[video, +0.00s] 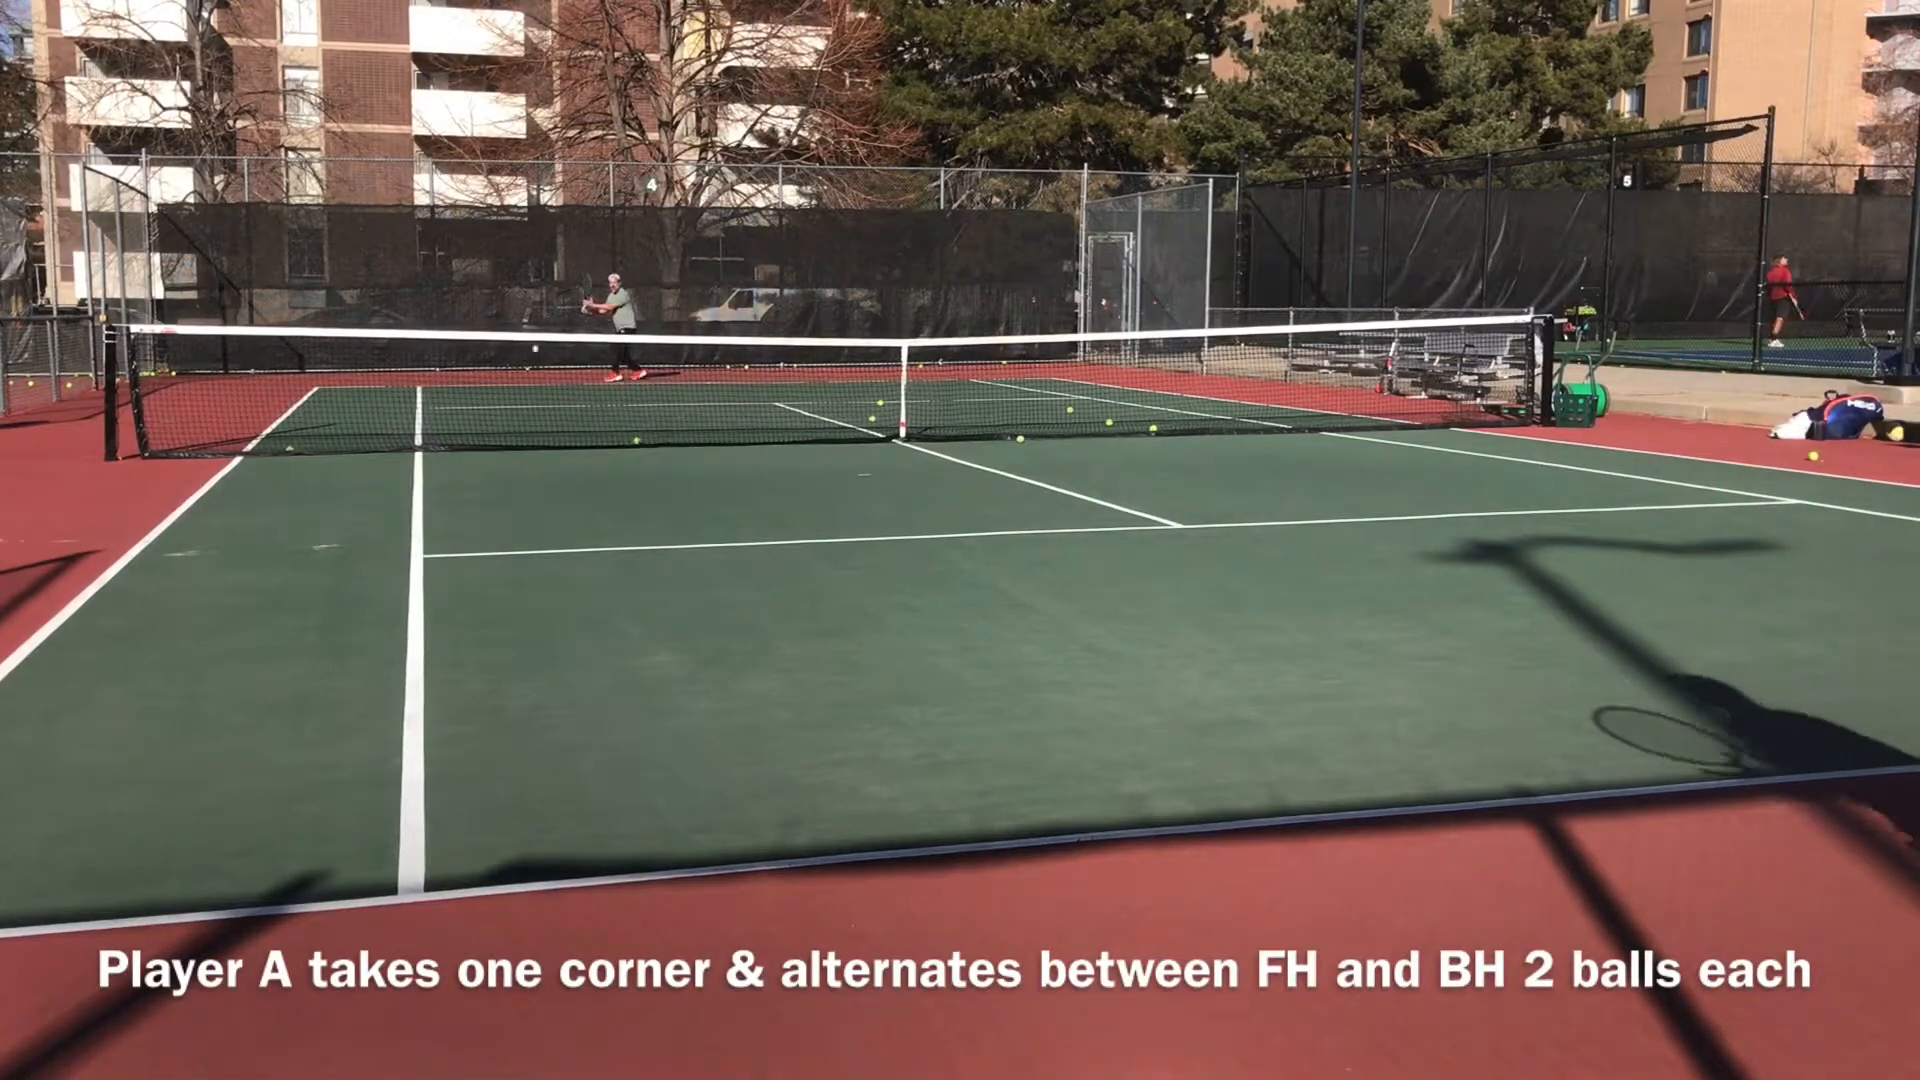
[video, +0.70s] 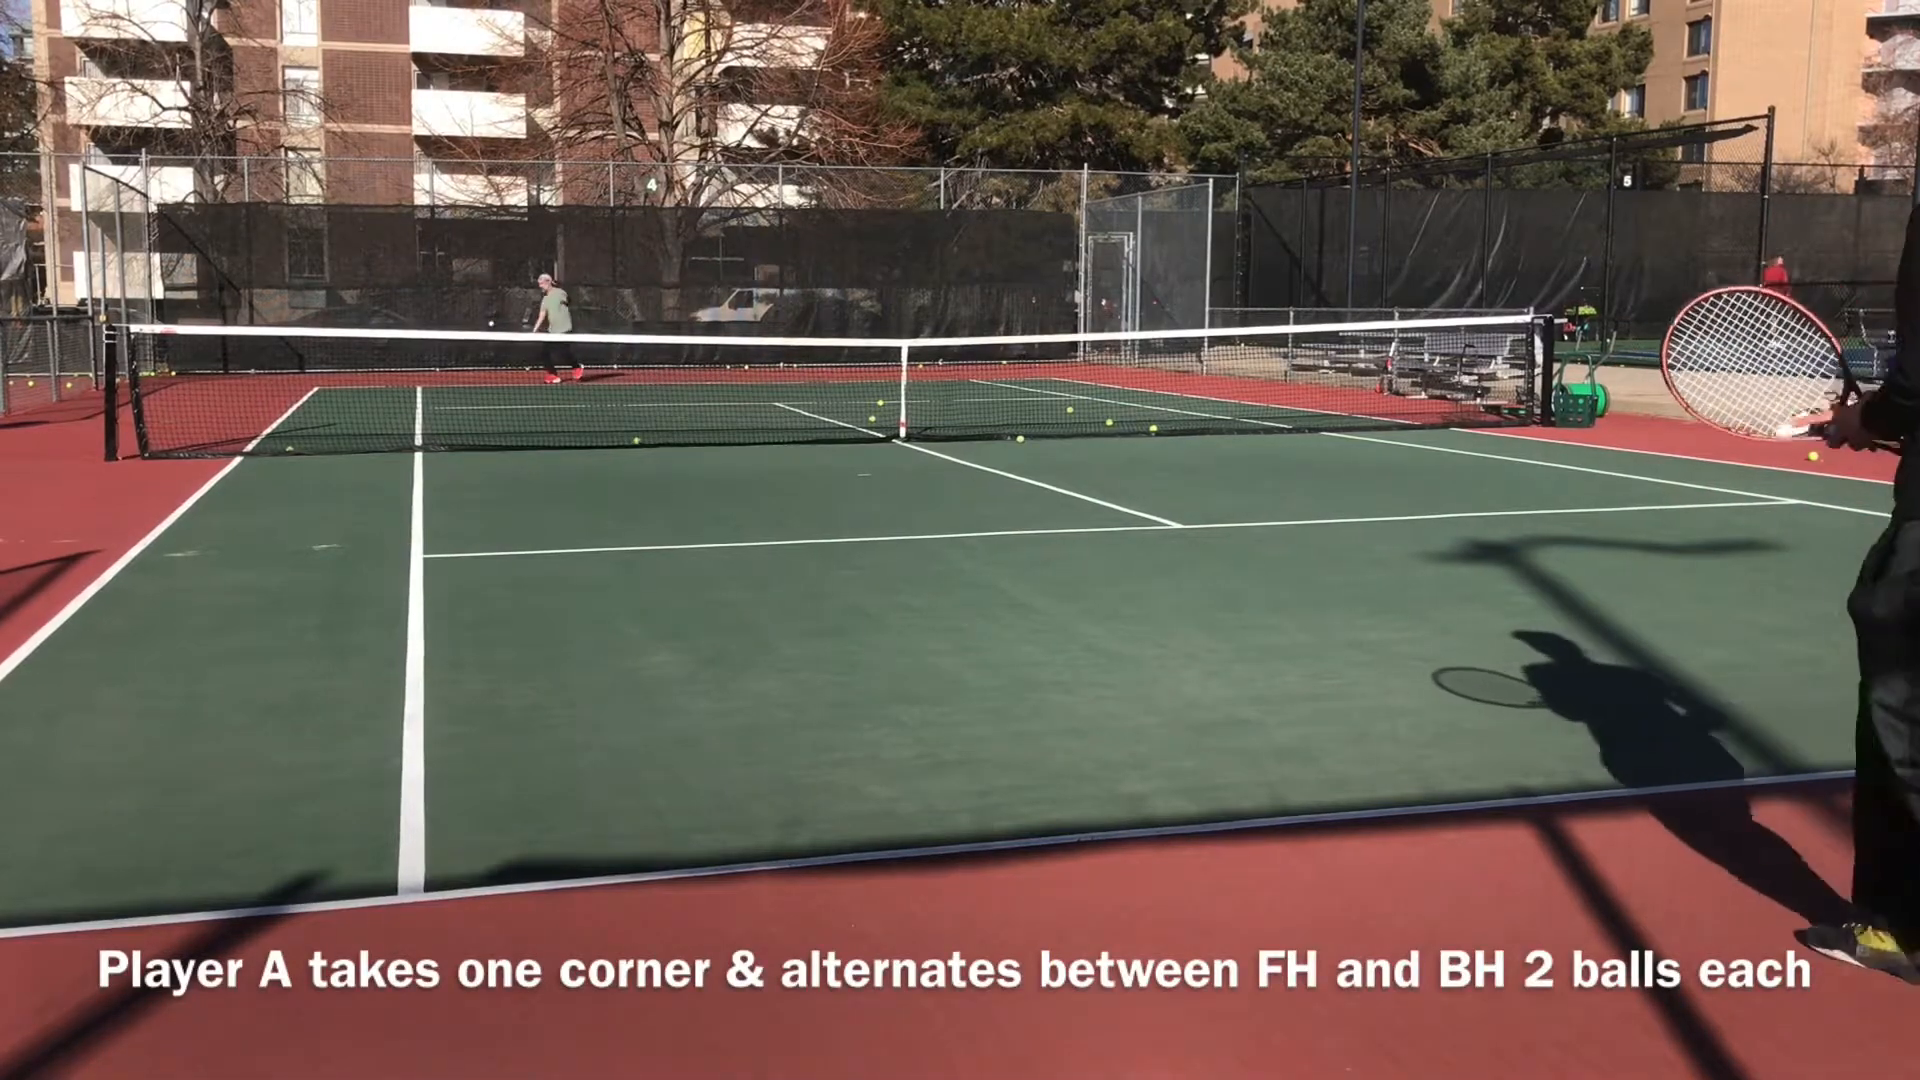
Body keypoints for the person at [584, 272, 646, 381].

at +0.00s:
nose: (612, 285)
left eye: (614, 283)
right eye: (610, 283)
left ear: (619, 283)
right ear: (609, 284)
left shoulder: (623, 294)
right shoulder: (611, 296)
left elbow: (610, 307)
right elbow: (604, 310)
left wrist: (592, 305)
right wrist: (591, 308)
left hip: (628, 327)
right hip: (620, 328)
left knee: (616, 349)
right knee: (624, 352)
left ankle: (616, 372)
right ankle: (638, 370)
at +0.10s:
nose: (602, 286)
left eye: (604, 284)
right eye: (600, 284)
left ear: (609, 284)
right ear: (598, 285)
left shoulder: (612, 295)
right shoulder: (602, 297)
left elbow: (597, 306)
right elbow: (594, 310)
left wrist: (579, 305)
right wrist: (577, 308)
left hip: (616, 329)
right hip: (609, 329)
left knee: (609, 351)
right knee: (606, 351)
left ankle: (628, 365)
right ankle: (607, 373)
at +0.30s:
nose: (578, 287)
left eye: (580, 284)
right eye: (578, 285)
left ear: (586, 284)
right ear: (581, 285)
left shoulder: (590, 295)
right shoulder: (588, 296)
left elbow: (576, 306)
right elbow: (577, 311)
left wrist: (557, 310)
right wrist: (562, 312)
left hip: (597, 331)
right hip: (592, 331)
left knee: (581, 350)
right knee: (592, 353)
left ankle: (580, 373)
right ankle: (604, 372)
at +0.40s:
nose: (567, 286)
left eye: (569, 284)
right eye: (566, 284)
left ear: (576, 283)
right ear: (567, 285)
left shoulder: (580, 294)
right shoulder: (576, 296)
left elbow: (566, 305)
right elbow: (572, 312)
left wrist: (547, 311)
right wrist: (561, 316)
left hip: (587, 331)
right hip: (580, 332)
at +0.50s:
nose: (557, 287)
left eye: (559, 285)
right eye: (556, 285)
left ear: (565, 284)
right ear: (557, 285)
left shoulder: (568, 295)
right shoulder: (565, 297)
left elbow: (559, 305)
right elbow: (565, 315)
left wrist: (544, 310)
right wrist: (559, 322)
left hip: (574, 330)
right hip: (566, 330)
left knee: (580, 354)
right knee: (555, 351)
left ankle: (597, 368)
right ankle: (553, 373)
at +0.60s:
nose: (547, 287)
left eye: (548, 285)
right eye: (546, 285)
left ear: (555, 284)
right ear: (550, 286)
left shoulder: (561, 294)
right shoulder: (555, 296)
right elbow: (553, 316)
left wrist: (552, 307)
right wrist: (549, 330)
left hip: (568, 331)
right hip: (559, 331)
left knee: (572, 354)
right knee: (550, 351)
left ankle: (589, 368)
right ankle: (552, 374)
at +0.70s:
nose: (541, 286)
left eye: (542, 283)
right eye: (540, 284)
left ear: (549, 282)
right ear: (541, 285)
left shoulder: (560, 293)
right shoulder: (545, 299)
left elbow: (567, 302)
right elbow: (541, 315)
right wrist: (535, 330)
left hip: (565, 328)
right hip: (553, 329)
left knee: (564, 350)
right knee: (545, 351)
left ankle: (577, 367)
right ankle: (552, 373)